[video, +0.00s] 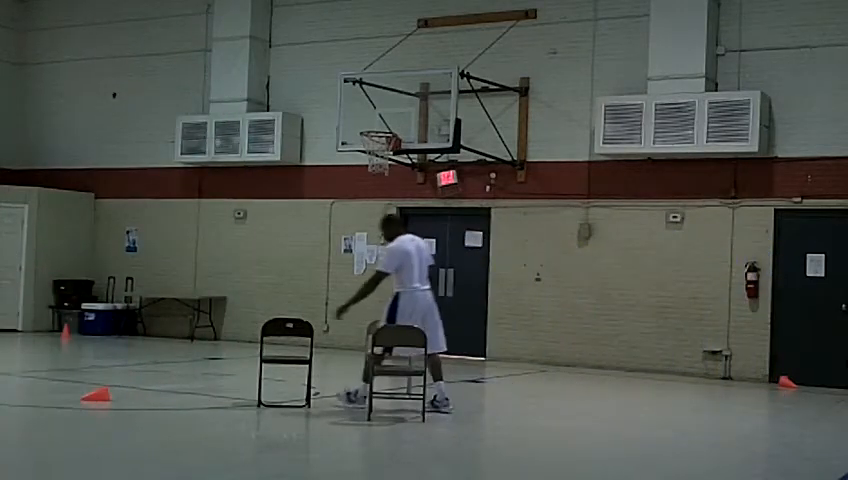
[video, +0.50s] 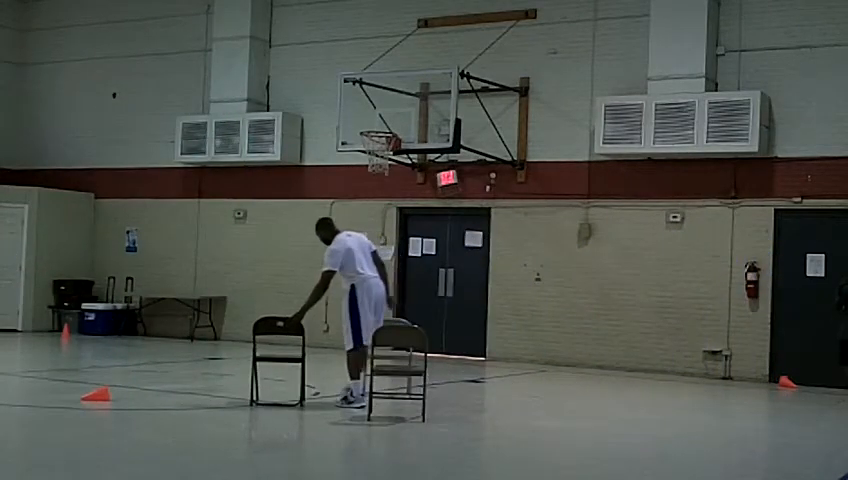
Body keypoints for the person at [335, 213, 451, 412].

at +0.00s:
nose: (383, 235)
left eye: (384, 231)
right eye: (383, 231)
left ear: (392, 228)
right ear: (402, 227)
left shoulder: (396, 247)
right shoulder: (421, 242)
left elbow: (375, 281)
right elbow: (430, 267)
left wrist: (348, 304)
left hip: (405, 299)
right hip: (426, 297)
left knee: (383, 347)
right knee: (431, 349)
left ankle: (362, 392)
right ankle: (441, 396)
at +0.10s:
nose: (364, 238)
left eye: (364, 233)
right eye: (363, 234)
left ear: (369, 232)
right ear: (381, 229)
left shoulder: (378, 249)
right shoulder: (404, 243)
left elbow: (354, 285)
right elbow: (415, 264)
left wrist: (327, 308)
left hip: (391, 298)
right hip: (413, 297)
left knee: (366, 345)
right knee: (413, 346)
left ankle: (358, 393)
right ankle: (436, 388)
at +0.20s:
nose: (350, 241)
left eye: (349, 237)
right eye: (349, 237)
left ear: (352, 235)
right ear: (364, 229)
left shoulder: (361, 251)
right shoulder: (390, 241)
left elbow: (339, 288)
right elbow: (404, 267)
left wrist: (314, 312)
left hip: (380, 296)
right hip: (402, 294)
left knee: (359, 345)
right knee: (396, 344)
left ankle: (357, 394)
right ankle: (422, 382)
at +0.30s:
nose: (337, 239)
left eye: (336, 236)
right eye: (336, 236)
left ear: (340, 234)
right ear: (352, 228)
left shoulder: (350, 249)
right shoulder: (378, 238)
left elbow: (334, 286)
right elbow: (397, 263)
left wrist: (311, 312)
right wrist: (402, 287)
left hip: (372, 293)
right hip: (393, 290)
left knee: (355, 343)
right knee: (385, 339)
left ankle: (356, 394)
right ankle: (405, 381)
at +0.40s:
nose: (329, 241)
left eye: (328, 237)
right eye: (327, 237)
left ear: (331, 233)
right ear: (342, 227)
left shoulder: (344, 246)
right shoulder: (367, 237)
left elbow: (329, 284)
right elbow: (388, 262)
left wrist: (305, 312)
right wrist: (397, 291)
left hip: (366, 291)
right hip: (385, 288)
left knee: (354, 342)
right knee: (376, 338)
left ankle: (356, 393)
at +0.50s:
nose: (322, 240)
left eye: (321, 237)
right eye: (320, 237)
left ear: (324, 233)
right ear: (335, 227)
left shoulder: (336, 246)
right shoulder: (361, 237)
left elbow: (323, 284)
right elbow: (380, 264)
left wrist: (300, 314)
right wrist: (387, 294)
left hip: (359, 291)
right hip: (377, 288)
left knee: (355, 343)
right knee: (363, 341)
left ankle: (356, 393)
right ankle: (359, 389)